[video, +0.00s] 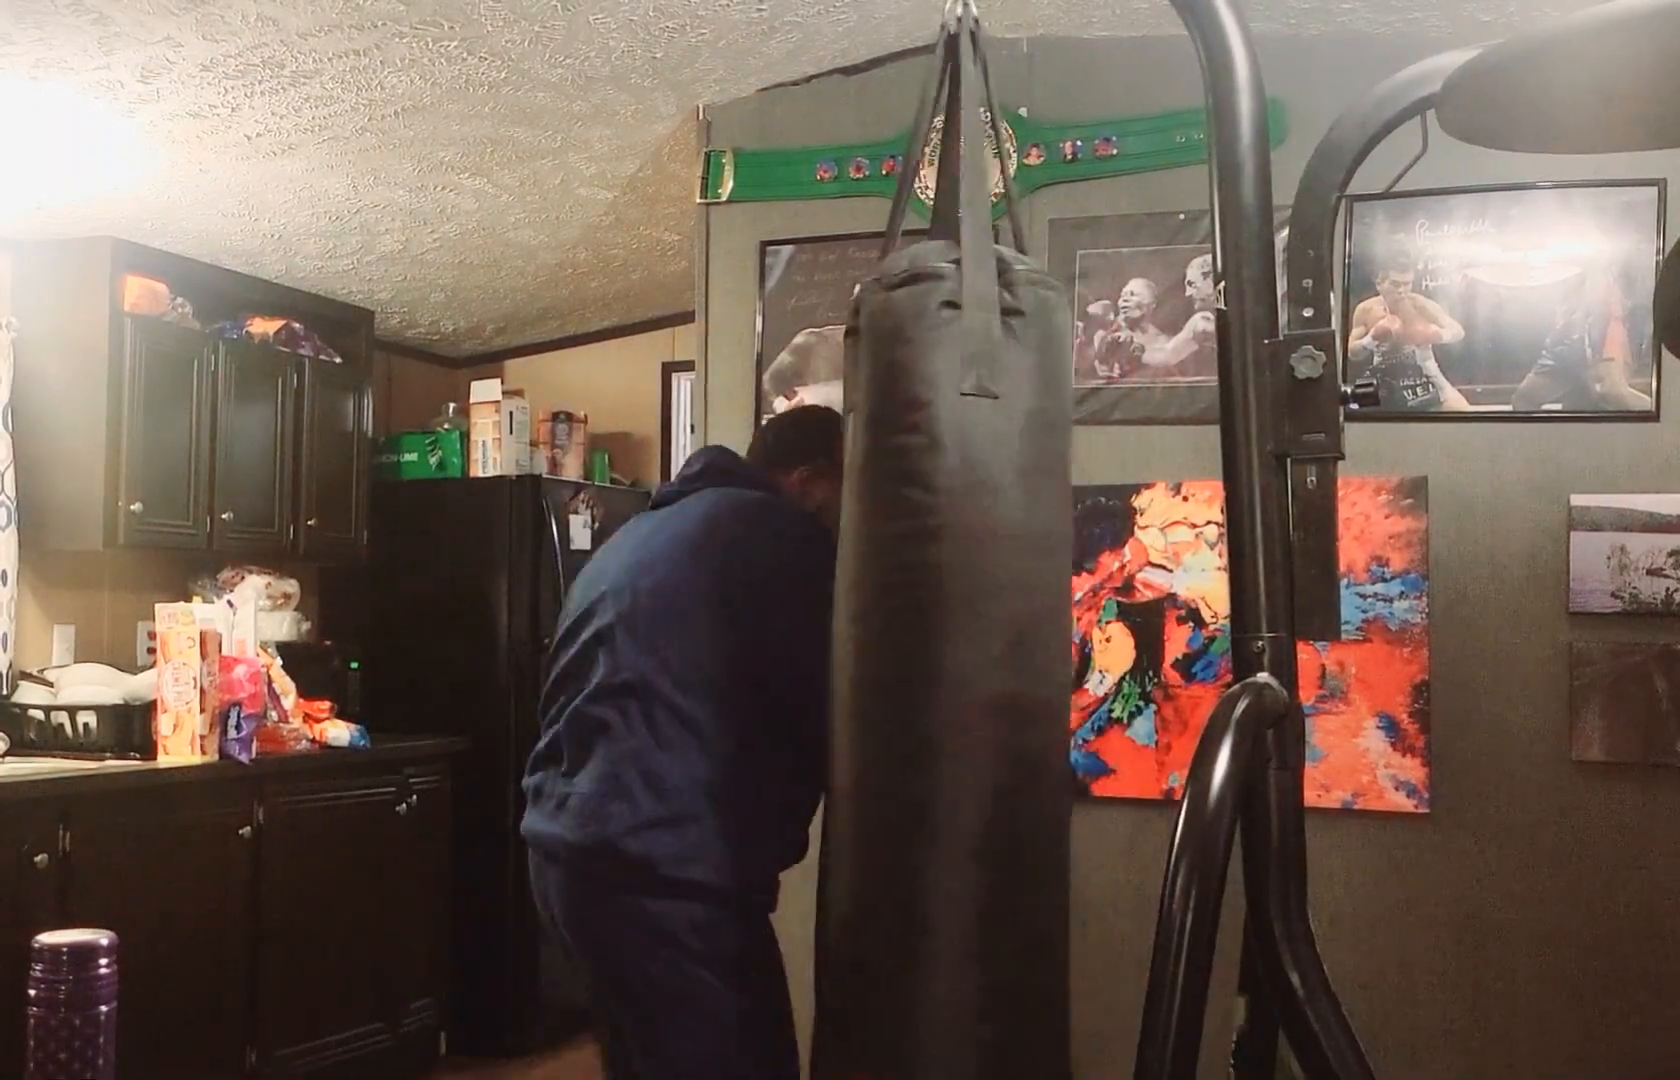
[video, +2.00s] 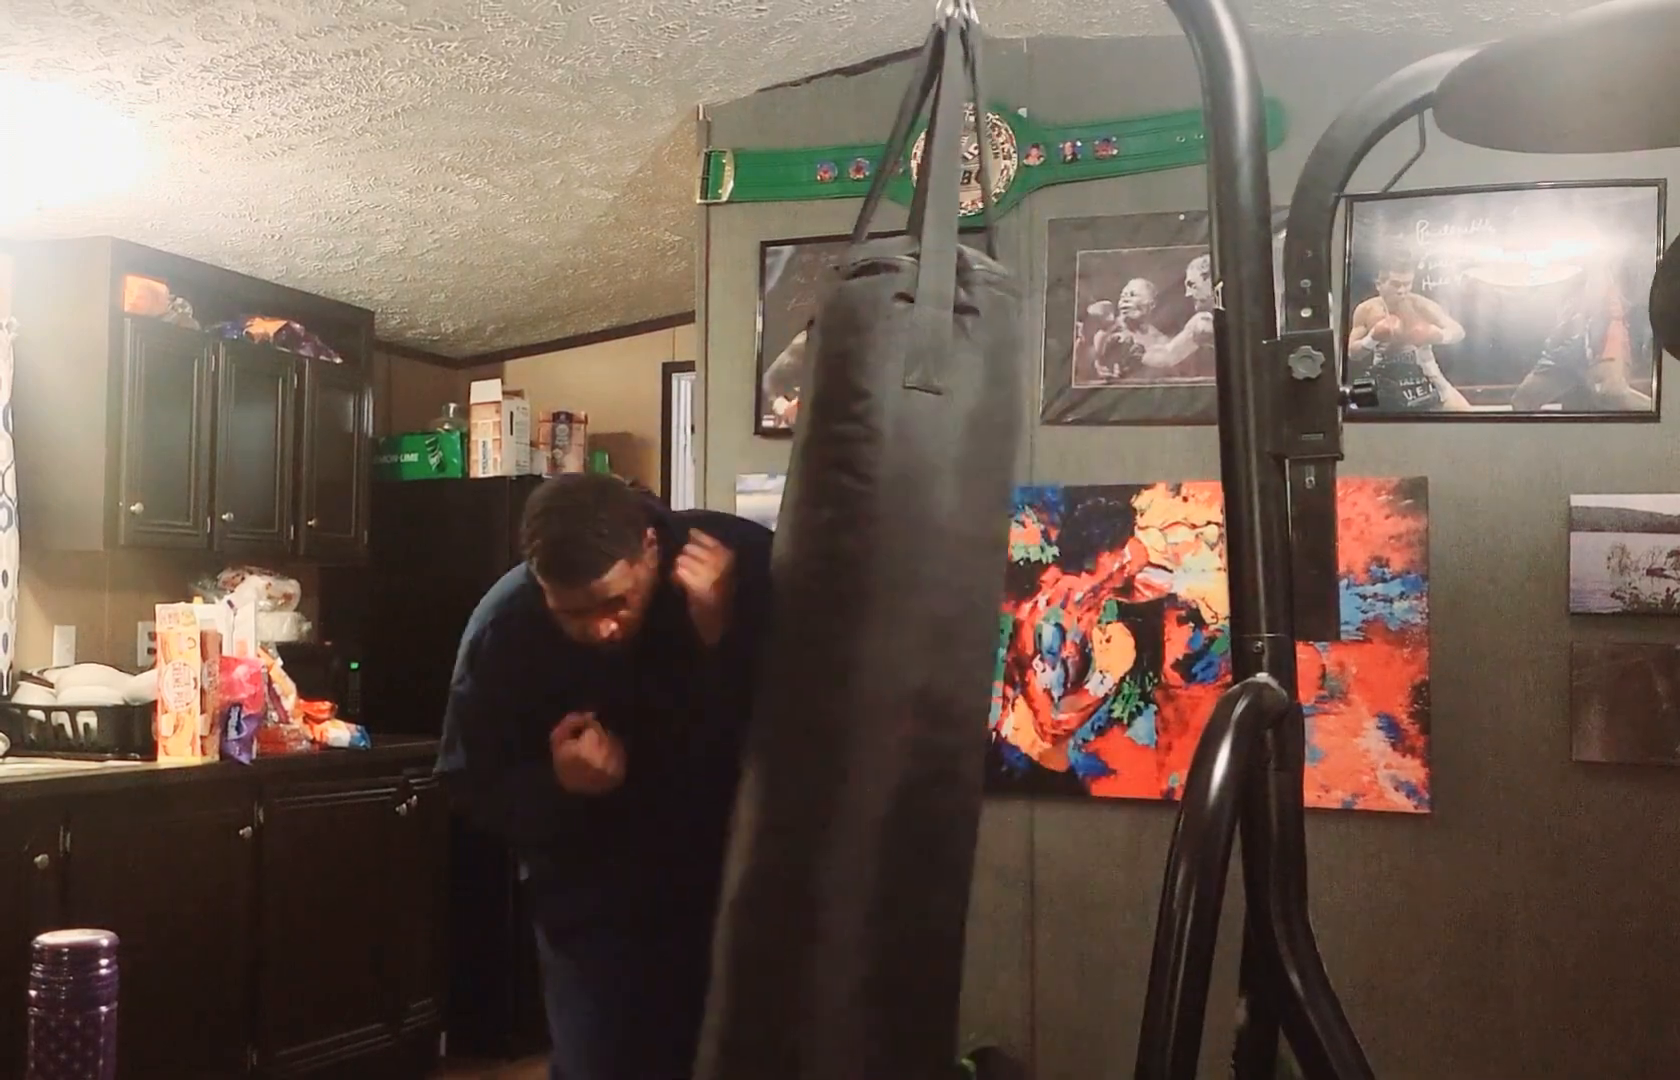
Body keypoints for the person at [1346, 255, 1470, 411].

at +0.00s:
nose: (1402, 291)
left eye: (1407, 284)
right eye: (1396, 284)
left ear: (1412, 283)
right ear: (1379, 283)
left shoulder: (1421, 304)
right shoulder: (1366, 310)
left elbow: (1458, 331)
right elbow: (1352, 353)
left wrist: (1435, 335)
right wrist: (1374, 337)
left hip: (1429, 382)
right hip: (1386, 386)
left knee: (1467, 416)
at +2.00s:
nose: (1402, 291)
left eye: (1407, 285)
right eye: (1396, 285)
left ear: (1412, 283)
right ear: (1379, 284)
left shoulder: (1421, 305)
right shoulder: (1365, 310)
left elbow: (1458, 332)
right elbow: (1352, 353)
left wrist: (1435, 335)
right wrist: (1374, 338)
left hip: (1428, 382)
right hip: (1385, 385)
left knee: (1469, 418)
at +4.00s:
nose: (1401, 291)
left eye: (1406, 285)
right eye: (1395, 285)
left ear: (1411, 284)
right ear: (1378, 284)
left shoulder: (1420, 306)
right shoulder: (1364, 311)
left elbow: (1457, 332)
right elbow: (1352, 354)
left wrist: (1435, 336)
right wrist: (1373, 338)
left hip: (1428, 384)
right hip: (1386, 388)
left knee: (1468, 420)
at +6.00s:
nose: (1400, 291)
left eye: (1405, 285)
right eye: (1394, 285)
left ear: (1410, 284)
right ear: (1378, 284)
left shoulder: (1420, 306)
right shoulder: (1365, 311)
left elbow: (1457, 332)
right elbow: (1351, 354)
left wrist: (1435, 336)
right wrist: (1372, 338)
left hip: (1427, 381)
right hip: (1384, 384)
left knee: (1466, 417)